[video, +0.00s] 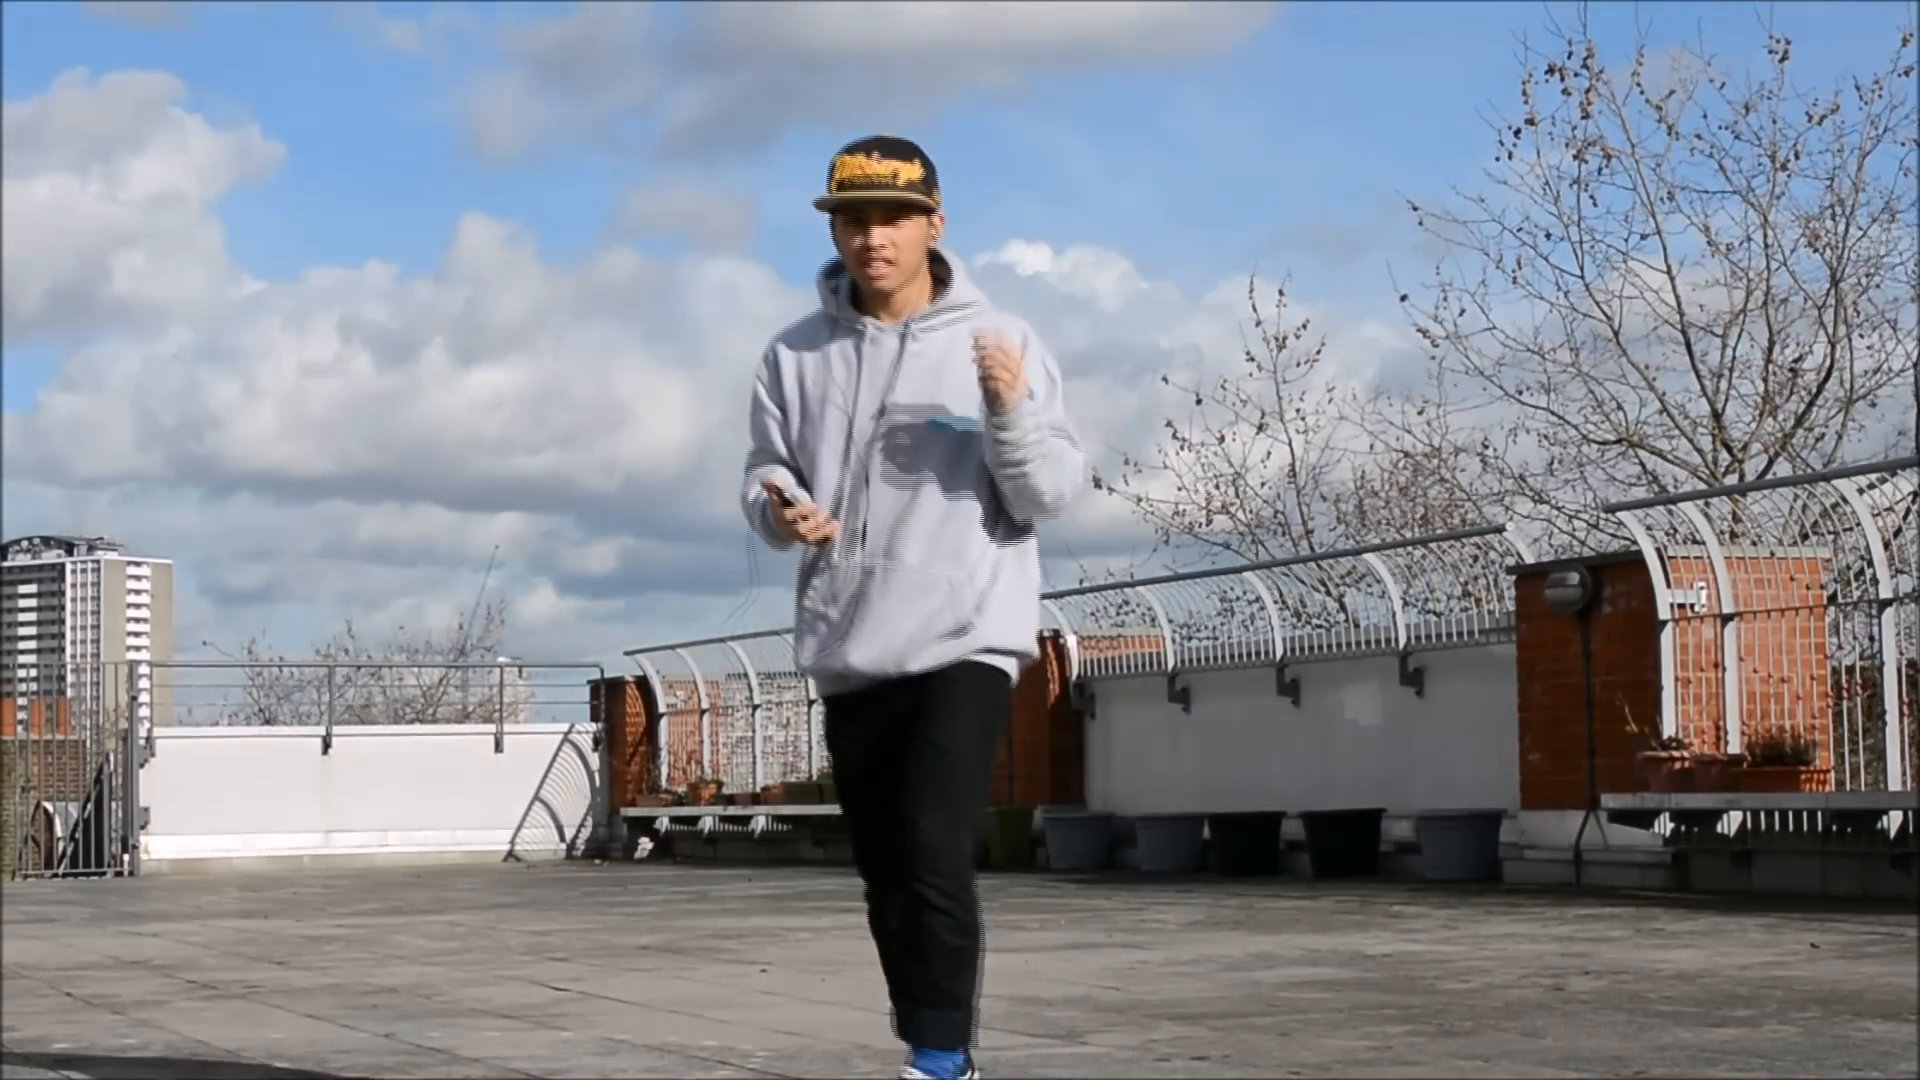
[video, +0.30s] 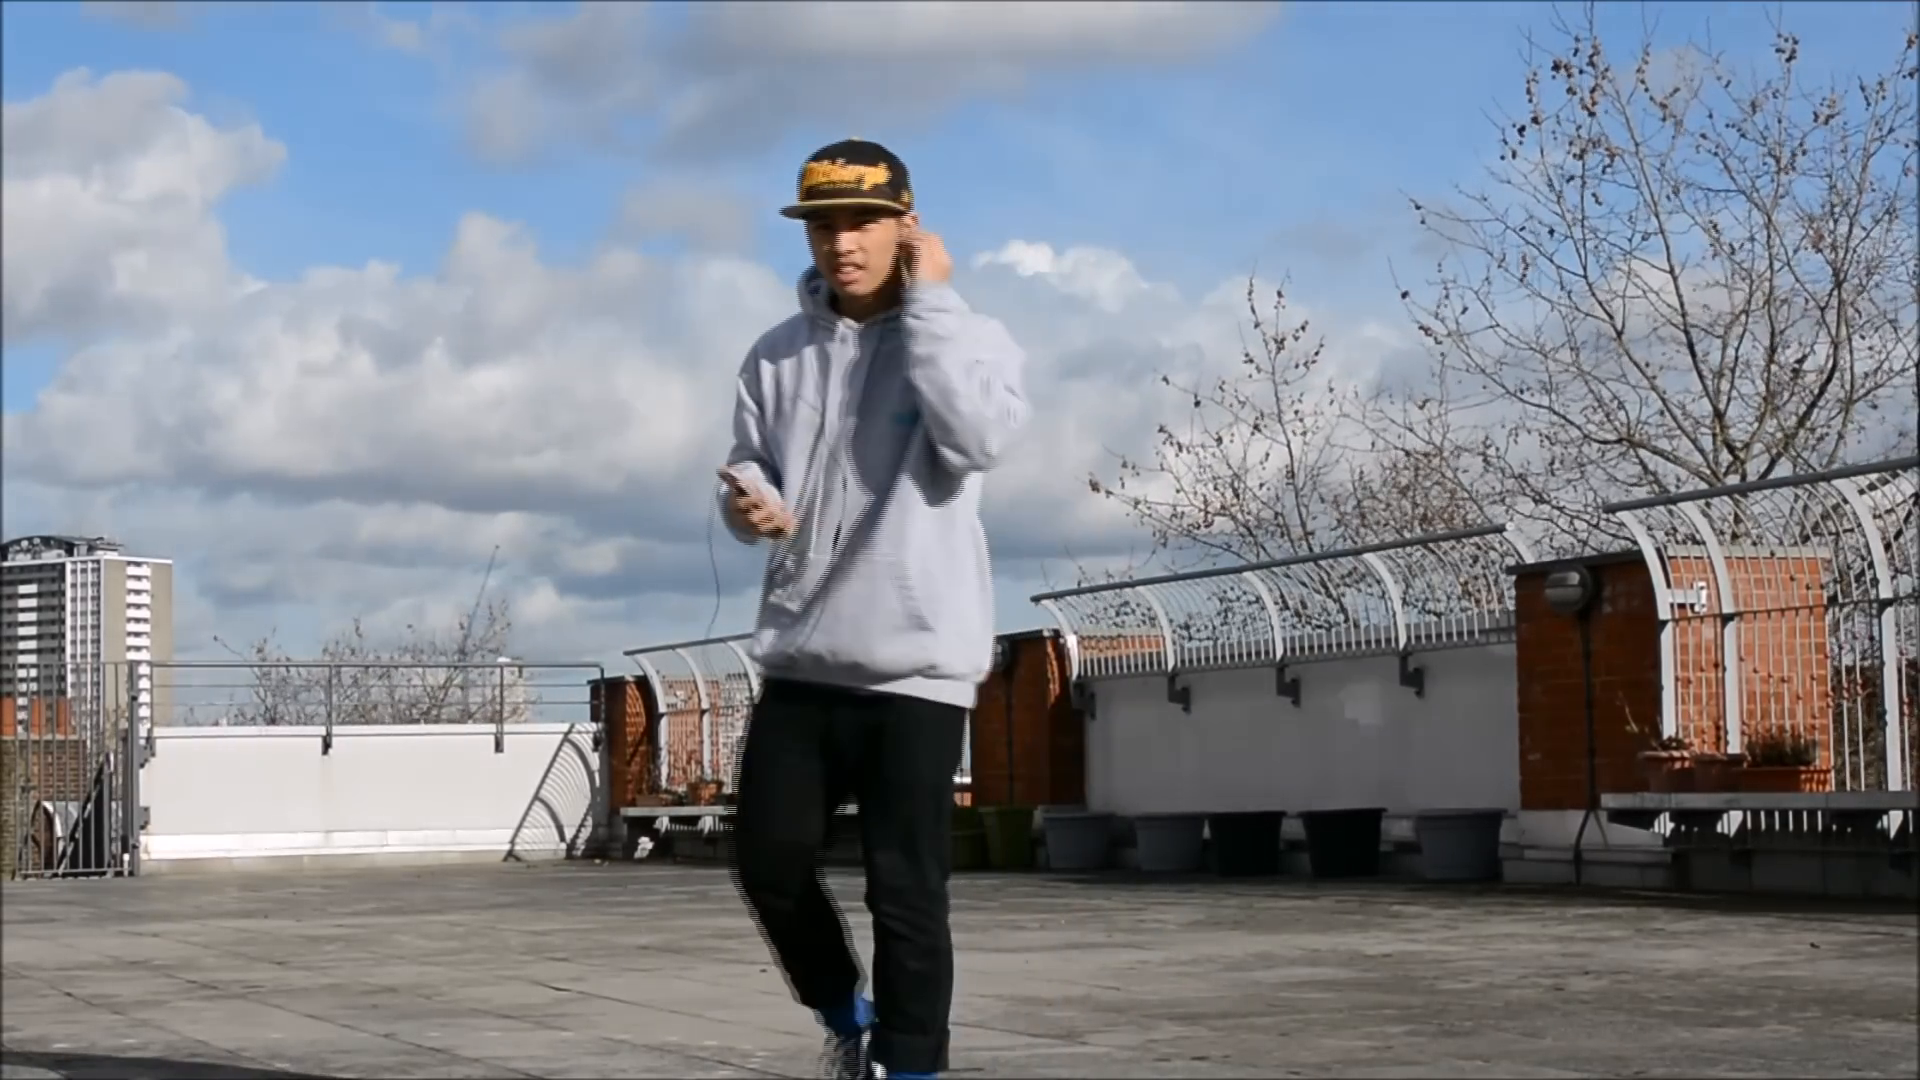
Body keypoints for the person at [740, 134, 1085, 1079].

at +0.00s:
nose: (870, 240)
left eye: (891, 219)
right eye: (852, 221)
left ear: (933, 226)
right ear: (833, 232)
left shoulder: (1002, 340)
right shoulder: (795, 356)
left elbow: (1051, 501)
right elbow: (764, 480)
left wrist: (1011, 404)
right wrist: (785, 509)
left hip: (965, 635)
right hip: (852, 643)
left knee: (935, 849)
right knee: (884, 860)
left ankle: (941, 1060)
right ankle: (929, 1051)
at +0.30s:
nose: (839, 244)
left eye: (859, 224)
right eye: (823, 226)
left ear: (906, 229)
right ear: (807, 237)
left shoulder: (965, 335)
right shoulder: (777, 355)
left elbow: (976, 439)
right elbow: (743, 482)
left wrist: (928, 298)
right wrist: (754, 508)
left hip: (918, 657)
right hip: (802, 656)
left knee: (903, 879)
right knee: (768, 858)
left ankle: (913, 1068)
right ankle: (853, 1026)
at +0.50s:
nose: (799, 246)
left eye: (820, 226)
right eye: (785, 229)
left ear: (871, 228)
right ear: (774, 238)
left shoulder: (937, 335)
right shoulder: (750, 354)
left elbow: (927, 440)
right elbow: (713, 477)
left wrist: (893, 296)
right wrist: (713, 500)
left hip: (891, 660)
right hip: (771, 657)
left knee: (890, 881)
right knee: (718, 858)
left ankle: (908, 1069)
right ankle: (721, 1055)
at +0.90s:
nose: (681, 295)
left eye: (699, 275)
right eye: (666, 278)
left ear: (751, 258)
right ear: (649, 269)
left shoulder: (813, 344)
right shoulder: (621, 369)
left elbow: (848, 455)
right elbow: (572, 512)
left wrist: (784, 322)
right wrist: (609, 491)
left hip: (795, 663)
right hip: (670, 667)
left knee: (832, 879)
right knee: (672, 886)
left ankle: (877, 1064)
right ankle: (673, 1069)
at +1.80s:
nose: (736, 331)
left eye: (753, 315)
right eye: (719, 316)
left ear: (787, 292)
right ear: (694, 297)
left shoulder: (844, 381)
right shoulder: (649, 385)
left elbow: (885, 522)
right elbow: (611, 519)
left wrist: (843, 449)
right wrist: (676, 502)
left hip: (799, 678)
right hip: (683, 675)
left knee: (780, 882)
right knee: (680, 876)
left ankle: (763, 1061)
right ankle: (668, 1060)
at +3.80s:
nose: (761, 301)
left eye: (779, 285)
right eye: (746, 283)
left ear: (819, 278)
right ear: (726, 277)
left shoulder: (867, 389)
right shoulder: (665, 376)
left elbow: (908, 505)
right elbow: (595, 489)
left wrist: (857, 546)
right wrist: (596, 609)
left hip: (805, 678)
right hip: (684, 669)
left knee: (779, 883)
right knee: (673, 875)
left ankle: (760, 1062)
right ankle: (654, 1061)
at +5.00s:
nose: (761, 276)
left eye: (782, 258)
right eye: (746, 258)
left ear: (819, 264)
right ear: (727, 263)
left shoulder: (870, 380)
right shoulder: (673, 362)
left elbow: (904, 495)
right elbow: (625, 483)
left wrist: (873, 546)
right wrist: (638, 590)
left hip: (805, 672)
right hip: (686, 659)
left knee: (780, 884)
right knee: (673, 872)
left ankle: (762, 1063)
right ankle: (653, 1062)